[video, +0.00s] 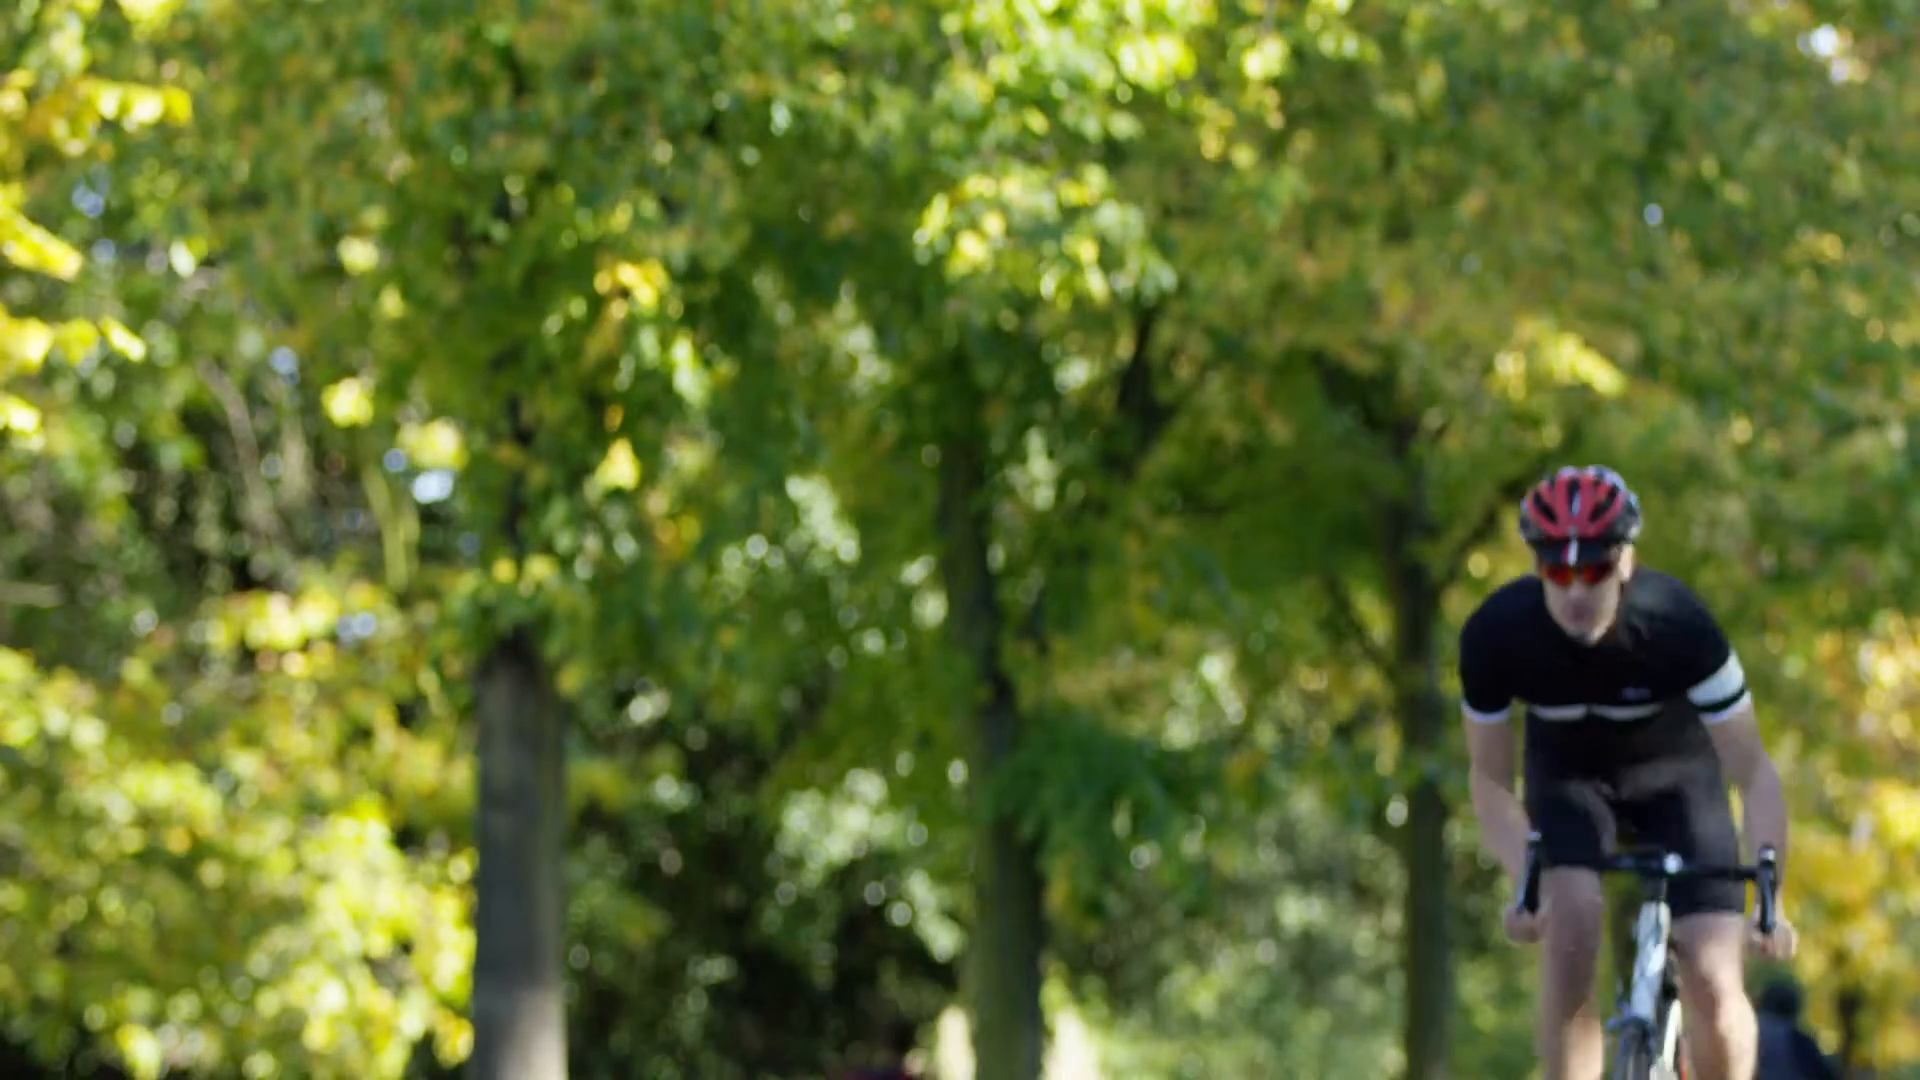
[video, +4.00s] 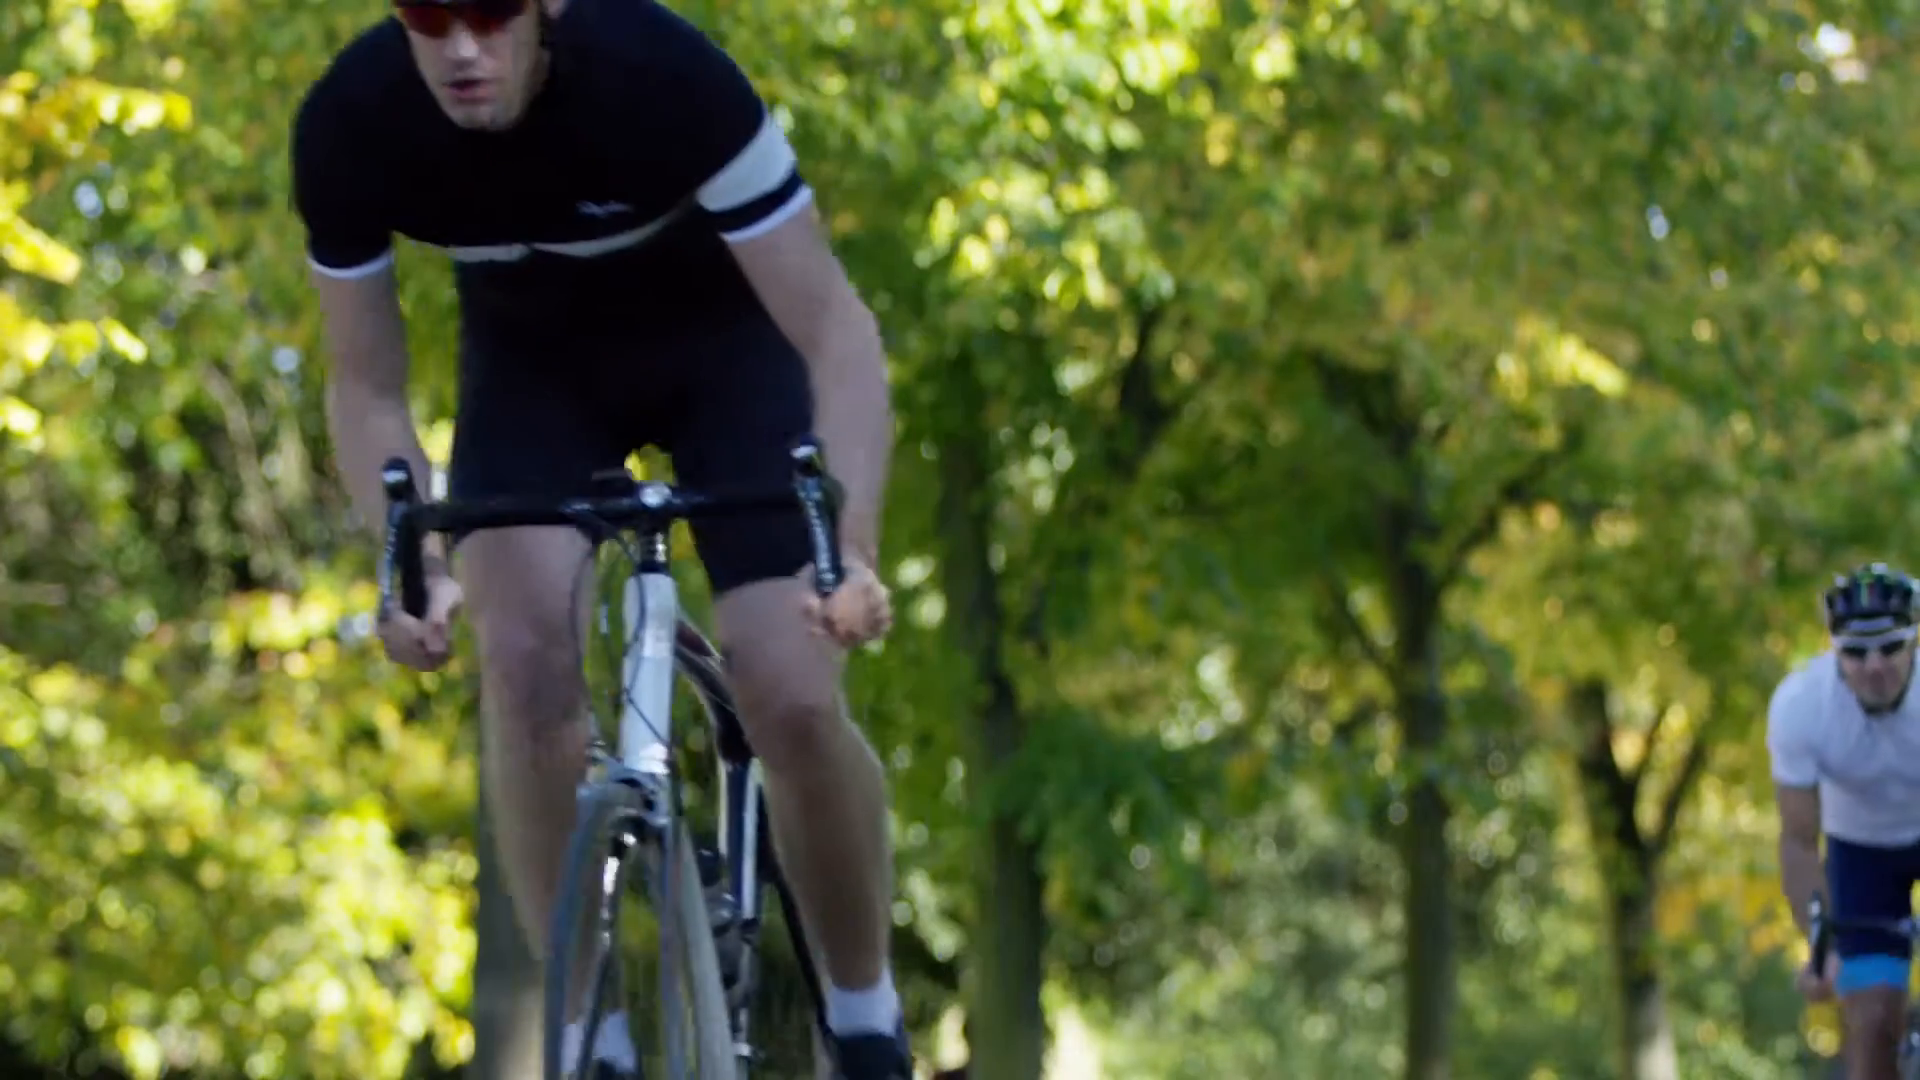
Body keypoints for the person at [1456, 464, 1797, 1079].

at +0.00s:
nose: (1576, 594)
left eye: (1595, 574)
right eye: (1559, 575)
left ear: (1627, 561)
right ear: (1537, 568)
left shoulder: (1677, 621)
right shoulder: (1494, 634)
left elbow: (1753, 769)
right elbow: (1491, 778)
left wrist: (1768, 898)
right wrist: (1525, 877)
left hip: (1675, 755)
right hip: (1564, 763)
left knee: (1712, 974)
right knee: (1572, 924)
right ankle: (1569, 1071)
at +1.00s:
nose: (1460, 512)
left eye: (1479, 489)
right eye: (1437, 493)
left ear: (1511, 473)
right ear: (1410, 482)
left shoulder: (1565, 546)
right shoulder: (1365, 545)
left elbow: (1611, 719)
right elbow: (1309, 707)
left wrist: (1574, 830)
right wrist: (1297, 829)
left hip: (1538, 710)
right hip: (1414, 709)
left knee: (1530, 888)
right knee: (1375, 926)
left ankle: (1540, 1070)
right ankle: (1396, 1071)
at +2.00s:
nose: (1225, 407)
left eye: (1245, 382)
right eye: (1202, 385)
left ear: (1285, 368)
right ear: (1175, 380)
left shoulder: (1357, 433)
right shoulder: (1130, 470)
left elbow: (1474, 608)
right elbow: (1137, 656)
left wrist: (1504, 758)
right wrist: (1188, 772)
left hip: (1377, 605)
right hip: (1236, 620)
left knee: (1446, 861)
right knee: (1260, 833)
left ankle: (1475, 1071)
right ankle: (1287, 1071)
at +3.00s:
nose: (993, 254)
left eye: (1017, 222)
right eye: (964, 228)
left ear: (1057, 208)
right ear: (928, 220)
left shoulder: (1136, 296)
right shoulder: (867, 301)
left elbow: (1205, 519)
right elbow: (794, 514)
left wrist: (1152, 664)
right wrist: (779, 696)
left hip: (1118, 514)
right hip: (960, 515)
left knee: (1111, 752)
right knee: (907, 812)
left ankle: (1144, 1069)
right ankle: (971, 1062)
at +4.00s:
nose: (462, 49)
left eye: (491, 17)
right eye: (432, 21)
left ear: (546, 8)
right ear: (399, 21)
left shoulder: (665, 75)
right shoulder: (347, 126)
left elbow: (833, 319)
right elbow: (365, 378)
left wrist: (851, 547)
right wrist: (404, 558)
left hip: (715, 312)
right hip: (522, 333)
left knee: (793, 699)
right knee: (523, 659)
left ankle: (865, 1030)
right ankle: (587, 1045)